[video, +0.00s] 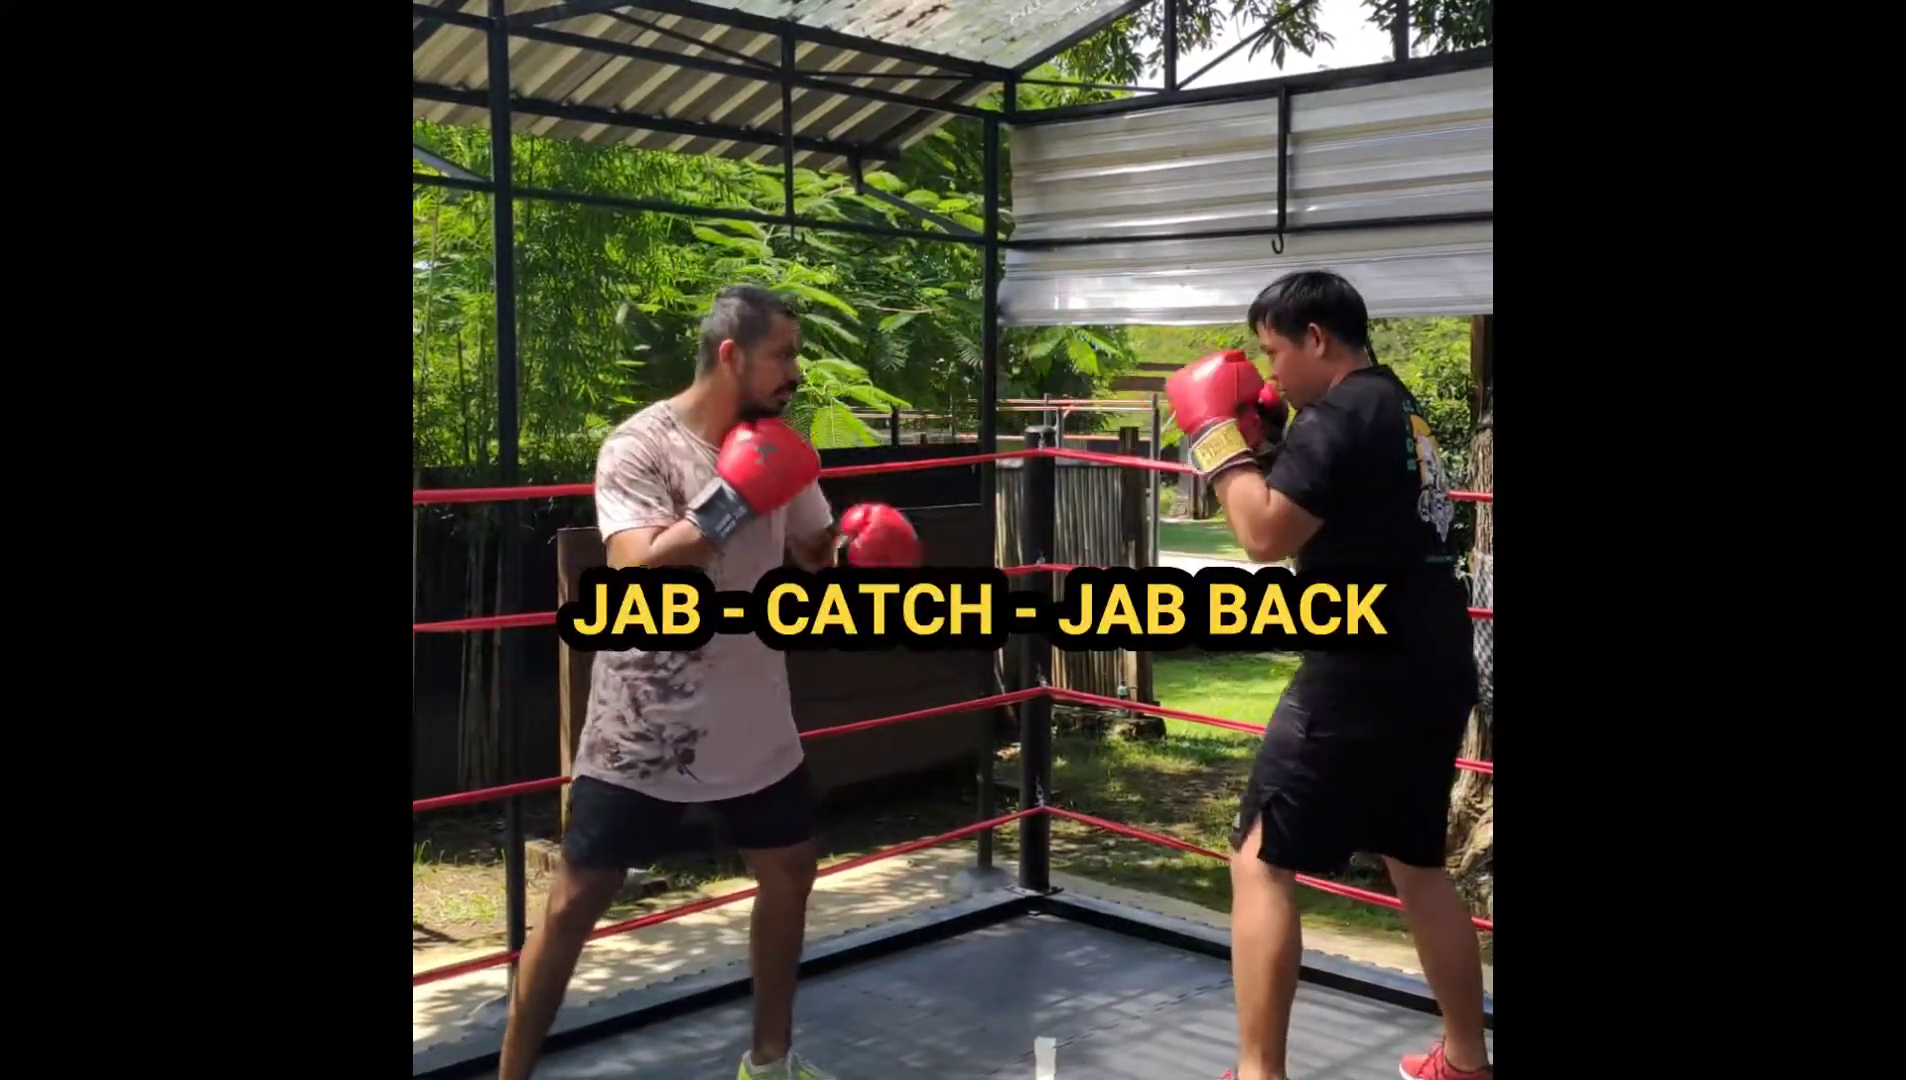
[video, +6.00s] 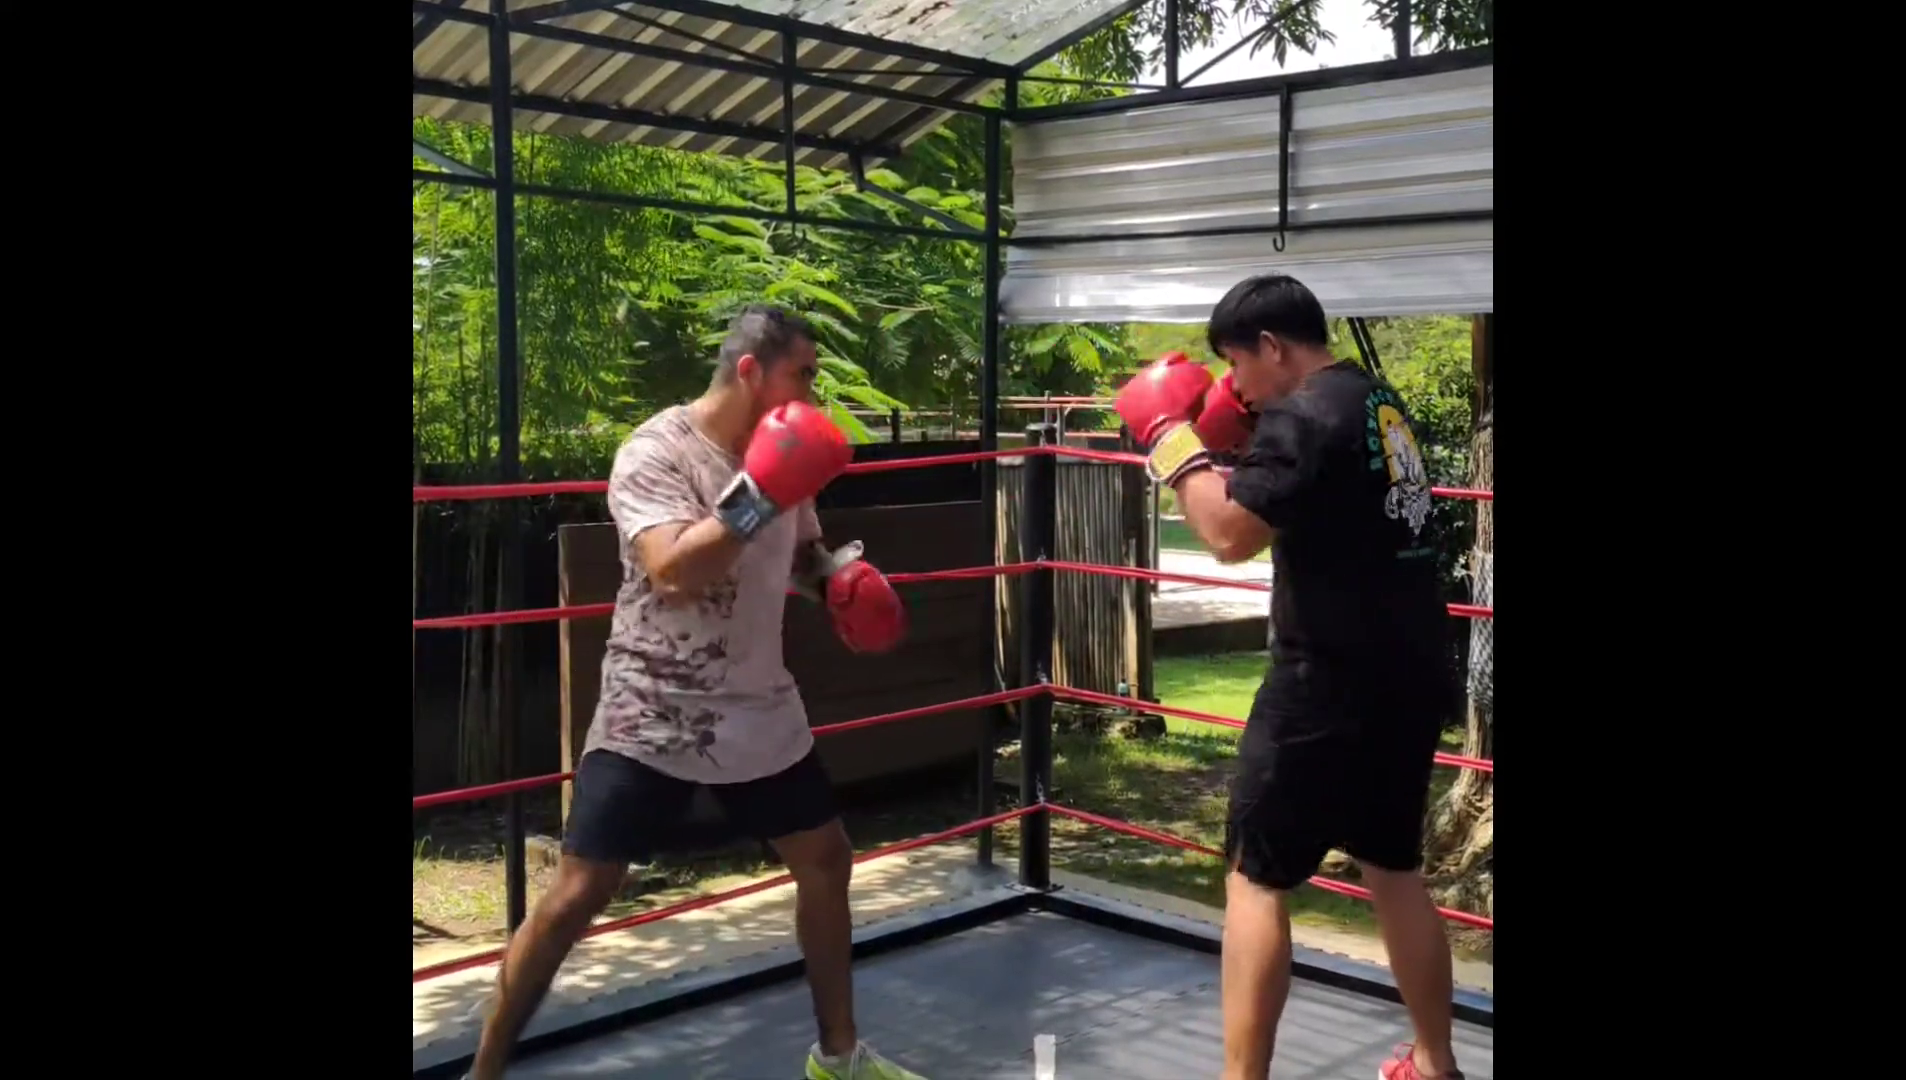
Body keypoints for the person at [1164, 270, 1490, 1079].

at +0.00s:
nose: (1269, 374)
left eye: (1271, 354)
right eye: (1263, 359)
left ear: (1317, 340)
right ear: (1338, 340)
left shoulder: (1342, 415)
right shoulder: (1389, 403)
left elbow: (1266, 532)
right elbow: (1309, 515)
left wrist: (1217, 439)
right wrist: (1260, 435)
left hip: (1358, 668)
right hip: (1434, 667)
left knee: (1260, 858)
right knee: (1419, 861)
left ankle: (1259, 1067)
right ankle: (1467, 1054)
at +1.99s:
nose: (1242, 392)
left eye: (1243, 376)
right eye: (1235, 379)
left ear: (1284, 357)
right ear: (1311, 355)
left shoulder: (1319, 417)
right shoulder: (1378, 404)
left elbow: (1214, 509)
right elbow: (1323, 504)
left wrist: (1144, 425)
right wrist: (1248, 441)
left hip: (1335, 682)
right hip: (1416, 681)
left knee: (1244, 871)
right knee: (1386, 867)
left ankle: (1235, 1072)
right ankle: (1435, 1059)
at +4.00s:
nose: (1247, 384)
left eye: (1246, 367)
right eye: (1241, 371)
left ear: (1280, 348)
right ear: (1325, 342)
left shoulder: (1307, 412)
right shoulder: (1391, 403)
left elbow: (1199, 496)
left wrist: (1150, 406)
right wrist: (1247, 426)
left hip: (1322, 675)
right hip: (1416, 678)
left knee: (1240, 868)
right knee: (1396, 872)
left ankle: (1229, 1069)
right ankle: (1436, 1062)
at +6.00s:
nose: (1233, 388)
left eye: (1232, 368)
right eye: (1226, 374)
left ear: (1273, 347)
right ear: (1308, 343)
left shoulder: (1307, 415)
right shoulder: (1377, 399)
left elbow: (1229, 533)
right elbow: (1326, 503)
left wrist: (1173, 441)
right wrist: (1245, 435)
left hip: (1322, 682)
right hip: (1409, 680)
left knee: (1255, 877)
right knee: (1393, 868)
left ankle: (1244, 1071)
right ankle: (1436, 1063)